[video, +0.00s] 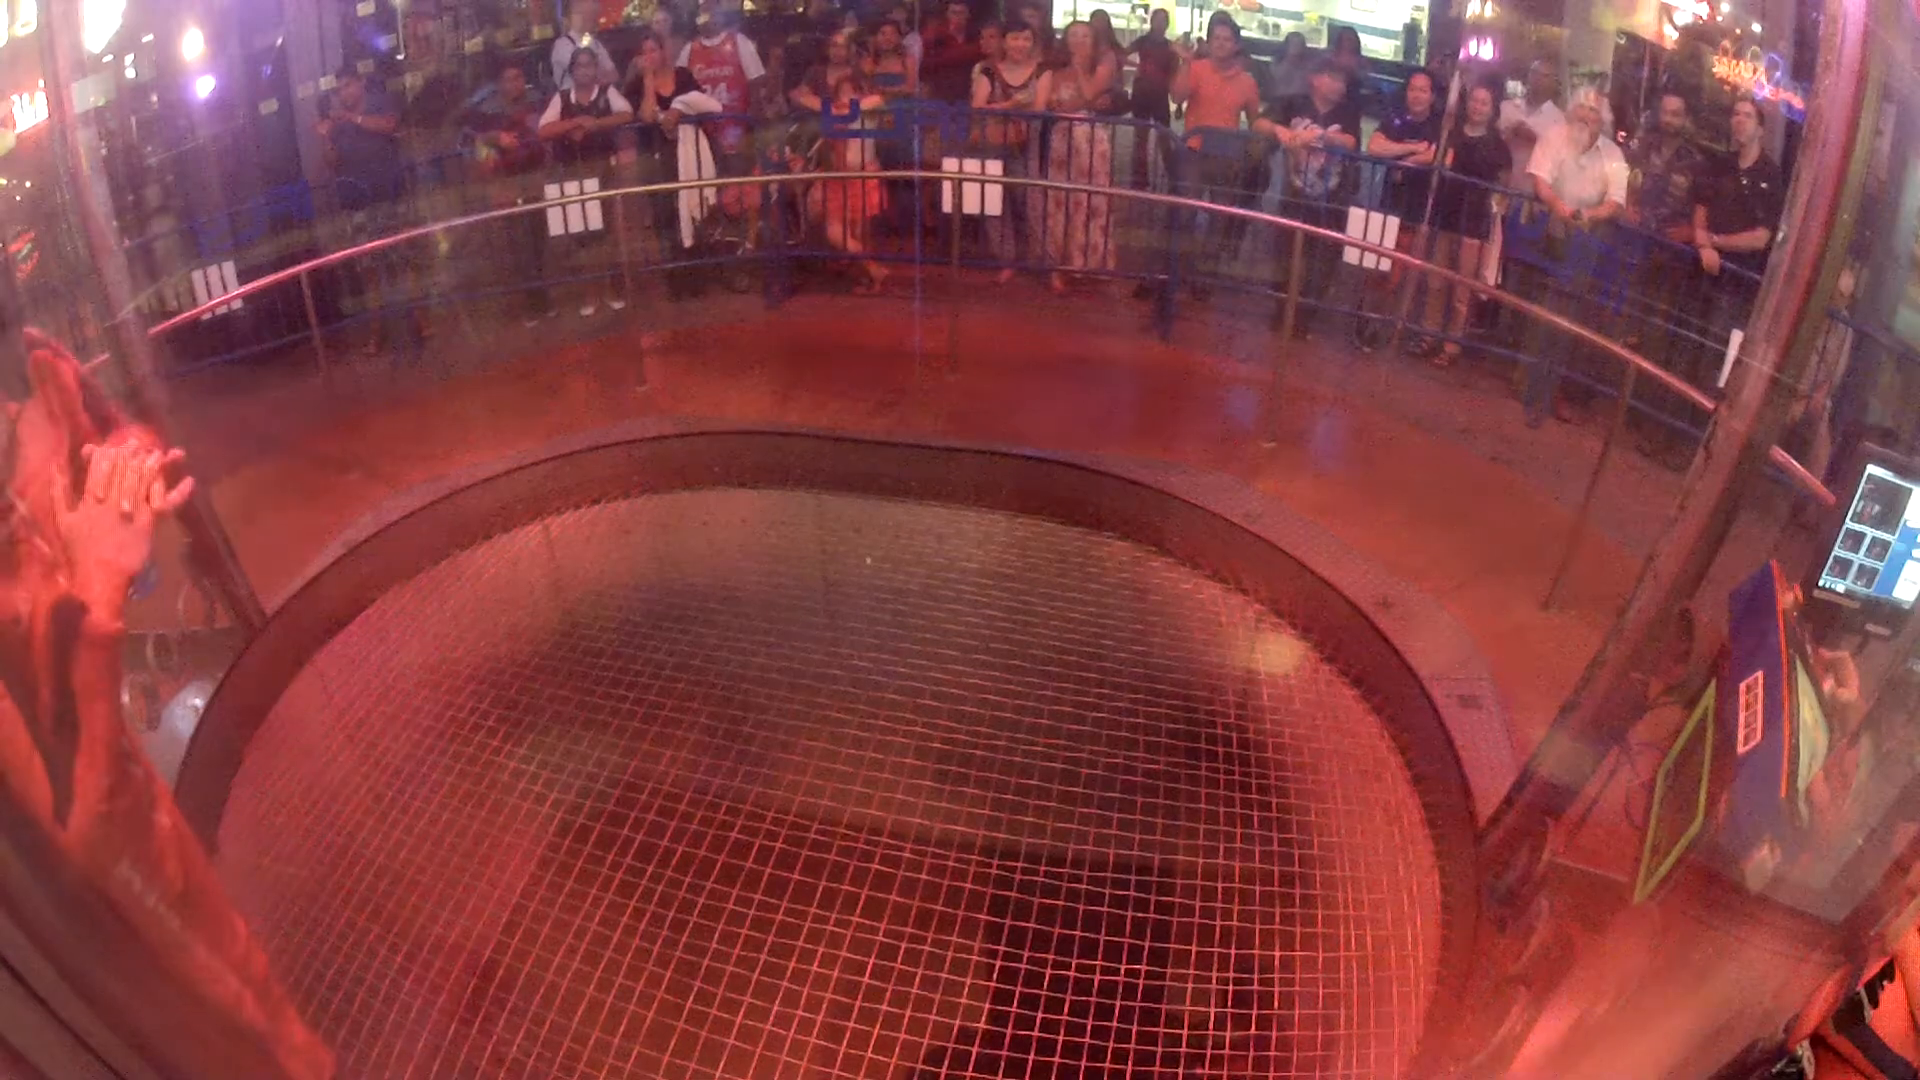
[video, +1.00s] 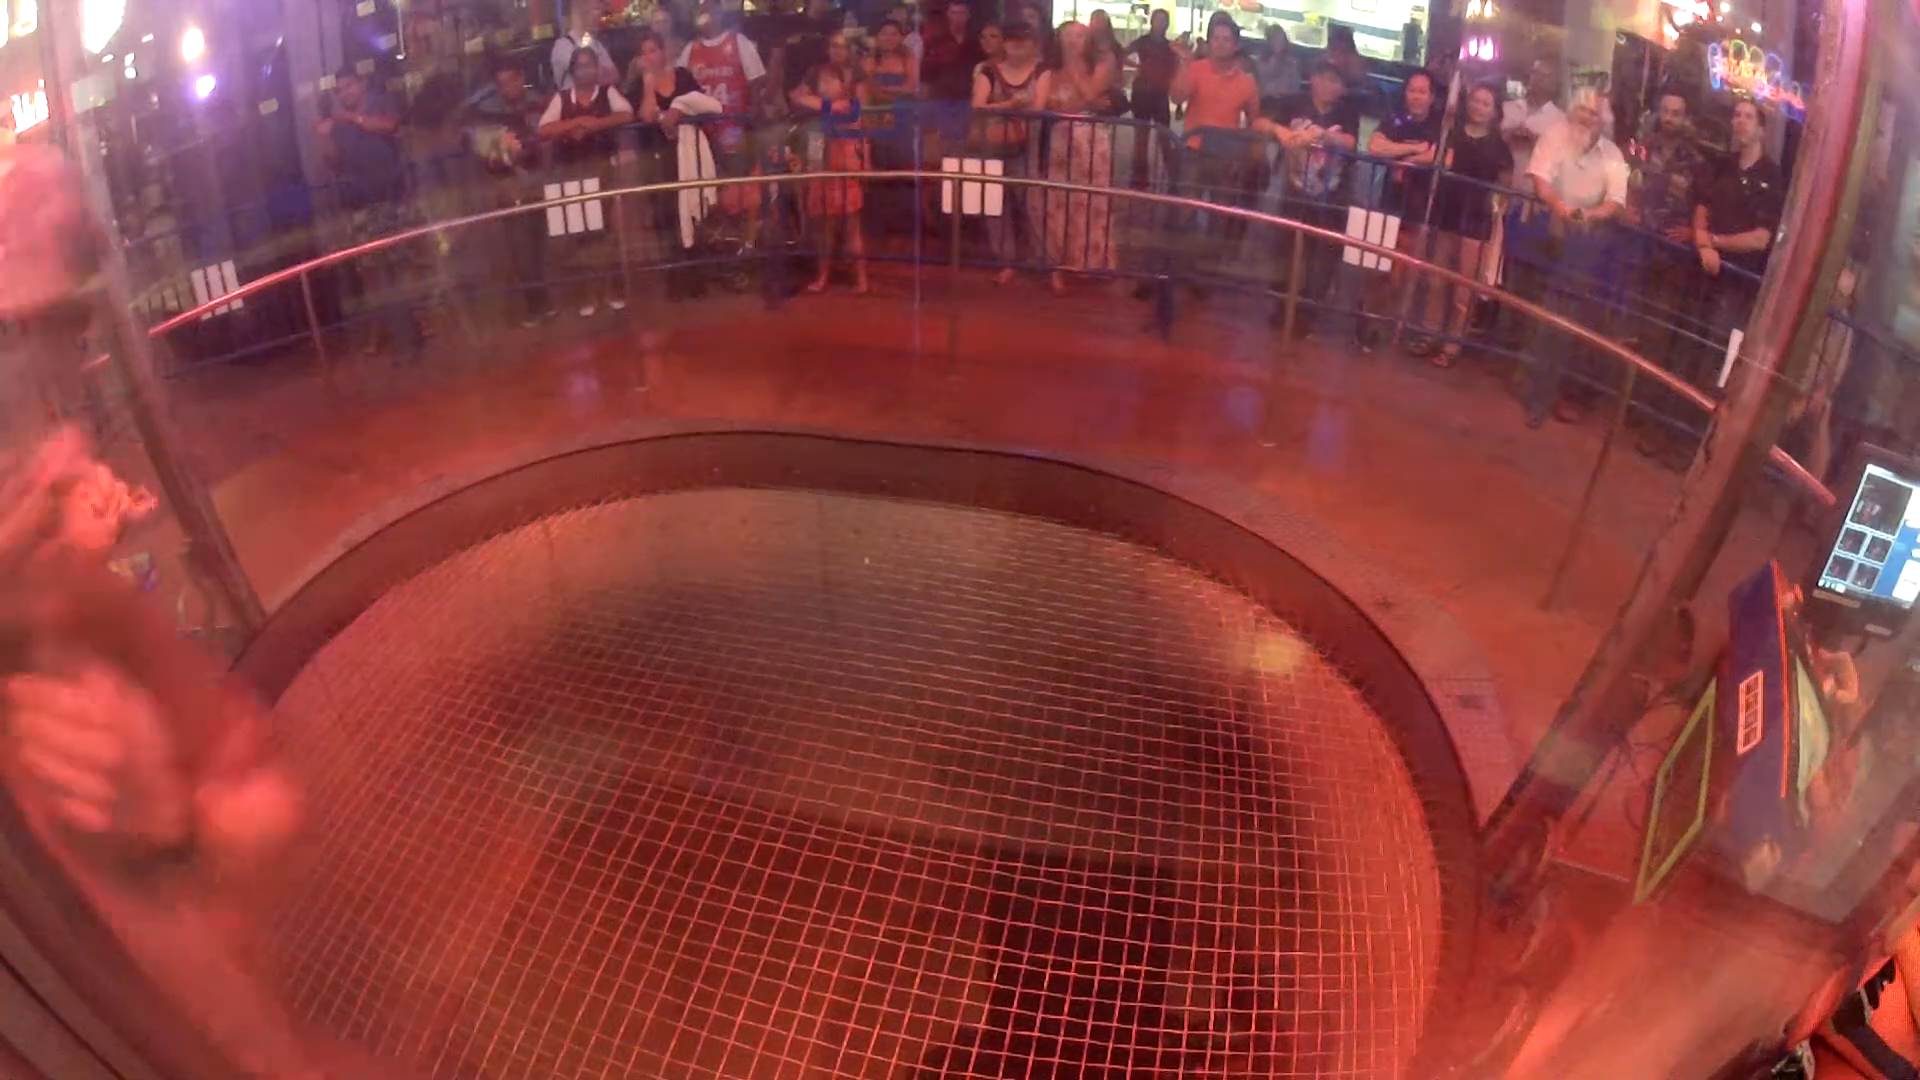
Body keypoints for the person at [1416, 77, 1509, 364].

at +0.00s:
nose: (1477, 107)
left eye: (1484, 103)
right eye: (1473, 101)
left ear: (1494, 109)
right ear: (1465, 104)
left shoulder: (1498, 146)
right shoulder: (1452, 136)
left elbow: (1494, 180)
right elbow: (1438, 167)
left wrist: (1456, 161)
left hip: (1474, 219)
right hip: (1443, 212)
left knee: (1463, 285)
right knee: (1435, 280)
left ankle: (1452, 342)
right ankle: (1429, 333)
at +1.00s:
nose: (1479, 107)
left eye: (1486, 103)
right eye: (1475, 101)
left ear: (1495, 111)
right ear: (1466, 104)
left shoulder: (1498, 147)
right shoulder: (1452, 136)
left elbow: (1505, 185)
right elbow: (1439, 165)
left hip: (1476, 217)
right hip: (1445, 211)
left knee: (1464, 284)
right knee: (1435, 278)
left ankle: (1452, 342)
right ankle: (1429, 332)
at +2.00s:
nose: (1481, 107)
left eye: (1487, 104)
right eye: (1477, 101)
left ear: (1497, 112)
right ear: (1469, 104)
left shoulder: (1501, 148)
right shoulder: (1454, 137)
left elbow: (1507, 188)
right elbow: (1440, 168)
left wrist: (1496, 207)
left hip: (1476, 220)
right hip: (1445, 212)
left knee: (1463, 288)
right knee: (1435, 281)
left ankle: (1453, 342)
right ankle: (1430, 333)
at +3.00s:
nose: (1477, 107)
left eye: (1483, 103)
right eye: (1473, 101)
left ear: (1492, 110)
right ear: (1465, 104)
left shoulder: (1496, 146)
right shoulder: (1452, 138)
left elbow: (1502, 185)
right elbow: (1439, 169)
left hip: (1473, 219)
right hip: (1443, 213)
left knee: (1462, 286)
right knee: (1434, 280)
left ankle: (1452, 342)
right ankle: (1429, 333)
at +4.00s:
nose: (1469, 109)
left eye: (1475, 105)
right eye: (1466, 103)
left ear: (1485, 112)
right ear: (1459, 106)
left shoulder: (1486, 148)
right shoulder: (1447, 139)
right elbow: (1432, 165)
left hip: (1463, 219)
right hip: (1436, 213)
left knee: (1451, 285)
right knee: (1431, 280)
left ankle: (1450, 341)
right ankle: (1428, 333)